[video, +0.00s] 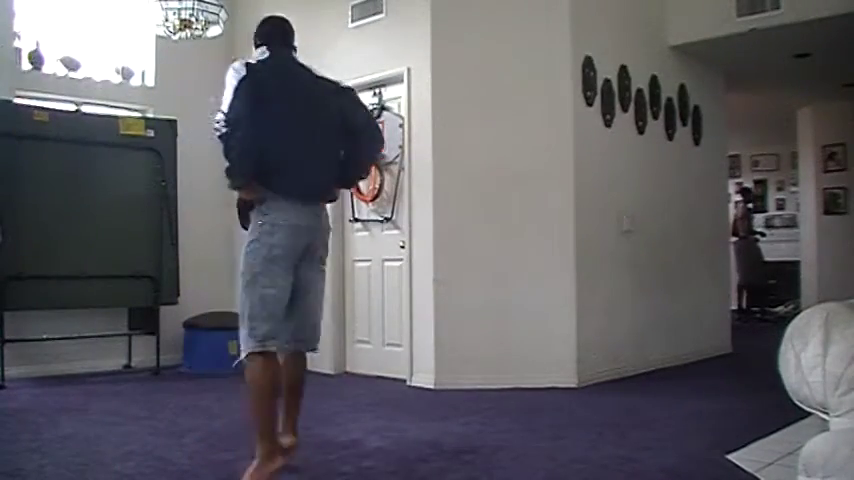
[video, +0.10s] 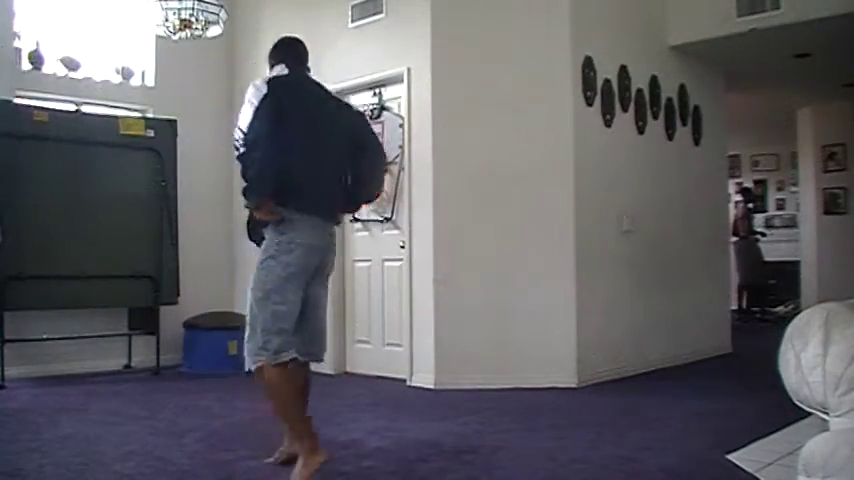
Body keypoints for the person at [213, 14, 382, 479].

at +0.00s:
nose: (258, 54)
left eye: (257, 47)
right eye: (266, 45)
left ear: (259, 47)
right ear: (293, 45)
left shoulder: (253, 81)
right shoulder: (329, 87)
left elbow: (238, 138)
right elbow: (370, 143)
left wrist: (244, 183)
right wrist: (336, 183)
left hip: (275, 213)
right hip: (317, 216)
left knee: (259, 341)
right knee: (296, 339)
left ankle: (267, 453)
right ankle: (288, 433)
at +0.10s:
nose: (273, 74)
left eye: (273, 67)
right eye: (281, 65)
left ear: (274, 65)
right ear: (307, 63)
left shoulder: (272, 89)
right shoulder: (339, 106)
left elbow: (254, 147)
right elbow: (373, 171)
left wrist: (259, 202)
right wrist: (344, 204)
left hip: (290, 229)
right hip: (324, 232)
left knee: (266, 349)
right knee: (297, 346)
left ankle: (308, 448)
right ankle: (293, 439)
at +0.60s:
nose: (369, 106)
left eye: (369, 100)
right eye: (373, 99)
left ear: (372, 100)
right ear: (404, 98)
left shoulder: (364, 133)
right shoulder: (437, 138)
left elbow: (344, 191)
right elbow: (477, 192)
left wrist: (362, 237)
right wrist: (456, 235)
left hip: (390, 259)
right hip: (430, 258)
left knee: (378, 365)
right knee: (424, 355)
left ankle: (412, 443)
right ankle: (454, 427)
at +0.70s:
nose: (402, 101)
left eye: (398, 95)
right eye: (416, 92)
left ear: (397, 97)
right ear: (429, 95)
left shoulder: (387, 141)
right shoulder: (458, 137)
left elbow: (370, 188)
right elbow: (503, 179)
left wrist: (388, 230)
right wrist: (481, 223)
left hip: (415, 257)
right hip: (456, 254)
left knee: (394, 359)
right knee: (466, 345)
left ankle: (415, 444)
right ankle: (502, 423)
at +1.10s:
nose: (537, 117)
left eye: (525, 110)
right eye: (546, 111)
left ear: (516, 113)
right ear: (551, 114)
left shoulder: (490, 154)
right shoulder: (574, 152)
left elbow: (462, 195)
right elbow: (611, 198)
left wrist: (486, 237)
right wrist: (591, 239)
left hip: (516, 265)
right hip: (562, 261)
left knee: (529, 352)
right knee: (591, 354)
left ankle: (500, 428)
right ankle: (599, 442)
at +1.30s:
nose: (541, 81)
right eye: (545, 76)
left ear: (515, 75)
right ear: (548, 77)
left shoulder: (484, 108)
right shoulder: (562, 105)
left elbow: (449, 150)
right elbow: (607, 151)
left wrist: (479, 189)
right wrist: (588, 193)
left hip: (503, 222)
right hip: (543, 219)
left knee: (542, 326)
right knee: (558, 329)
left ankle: (562, 415)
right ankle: (537, 424)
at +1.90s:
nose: (485, 131)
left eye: (487, 124)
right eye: (482, 123)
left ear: (470, 121)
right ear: (462, 118)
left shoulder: (452, 163)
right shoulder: (426, 150)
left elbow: (487, 178)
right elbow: (368, 160)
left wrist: (527, 169)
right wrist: (325, 156)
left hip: (382, 261)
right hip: (378, 260)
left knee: (332, 345)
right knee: (412, 369)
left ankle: (249, 363)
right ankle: (392, 463)